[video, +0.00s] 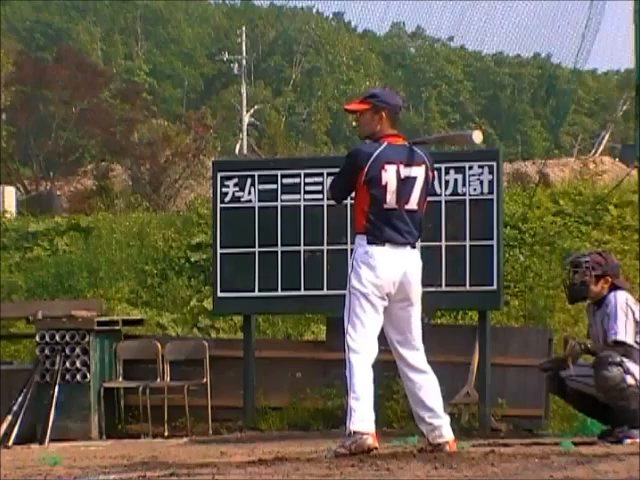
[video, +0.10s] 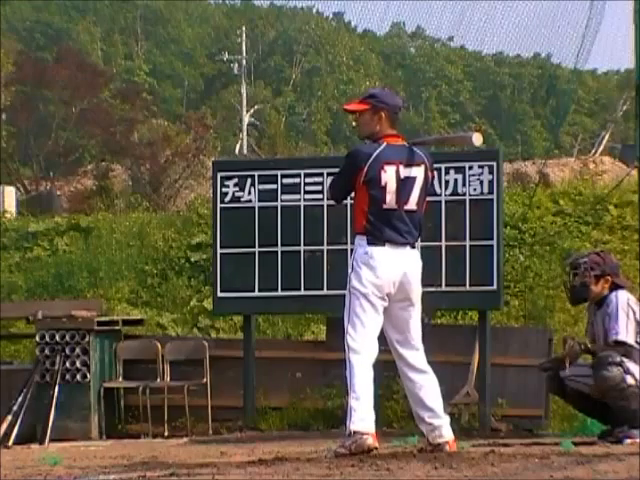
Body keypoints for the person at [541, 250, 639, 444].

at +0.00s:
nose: (577, 281)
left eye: (585, 276)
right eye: (577, 275)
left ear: (606, 282)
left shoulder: (618, 300)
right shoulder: (593, 308)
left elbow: (625, 351)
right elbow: (603, 351)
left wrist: (584, 347)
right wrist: (565, 361)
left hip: (633, 373)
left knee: (607, 367)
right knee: (557, 379)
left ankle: (632, 426)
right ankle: (617, 423)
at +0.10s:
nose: (578, 283)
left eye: (585, 277)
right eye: (577, 277)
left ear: (606, 281)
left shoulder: (619, 299)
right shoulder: (593, 307)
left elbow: (625, 351)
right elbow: (601, 350)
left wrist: (584, 348)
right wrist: (564, 360)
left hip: (633, 373)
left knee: (607, 367)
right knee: (557, 379)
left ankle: (632, 426)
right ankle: (617, 423)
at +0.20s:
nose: (578, 283)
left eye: (585, 277)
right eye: (577, 277)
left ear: (606, 281)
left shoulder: (620, 299)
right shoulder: (593, 307)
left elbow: (625, 351)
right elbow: (596, 350)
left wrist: (584, 349)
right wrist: (562, 361)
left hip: (633, 372)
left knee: (605, 367)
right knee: (558, 378)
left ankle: (632, 426)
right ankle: (617, 424)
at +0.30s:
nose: (577, 282)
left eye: (585, 276)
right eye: (577, 276)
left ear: (607, 280)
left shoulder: (620, 299)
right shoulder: (595, 307)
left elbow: (625, 351)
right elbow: (593, 349)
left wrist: (582, 355)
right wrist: (568, 358)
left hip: (634, 375)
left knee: (605, 365)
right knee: (560, 379)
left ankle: (633, 425)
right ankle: (617, 424)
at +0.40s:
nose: (578, 281)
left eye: (586, 275)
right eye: (579, 275)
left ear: (608, 279)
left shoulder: (621, 299)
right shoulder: (598, 306)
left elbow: (624, 351)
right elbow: (593, 346)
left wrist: (579, 353)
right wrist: (568, 351)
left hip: (633, 372)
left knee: (605, 368)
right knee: (559, 379)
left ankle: (633, 425)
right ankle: (617, 424)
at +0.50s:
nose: (577, 279)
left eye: (584, 273)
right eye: (577, 274)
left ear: (607, 278)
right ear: (604, 279)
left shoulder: (621, 299)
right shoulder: (598, 307)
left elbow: (623, 351)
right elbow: (592, 346)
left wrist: (577, 353)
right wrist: (565, 343)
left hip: (635, 375)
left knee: (605, 367)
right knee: (557, 379)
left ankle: (634, 426)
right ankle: (619, 424)